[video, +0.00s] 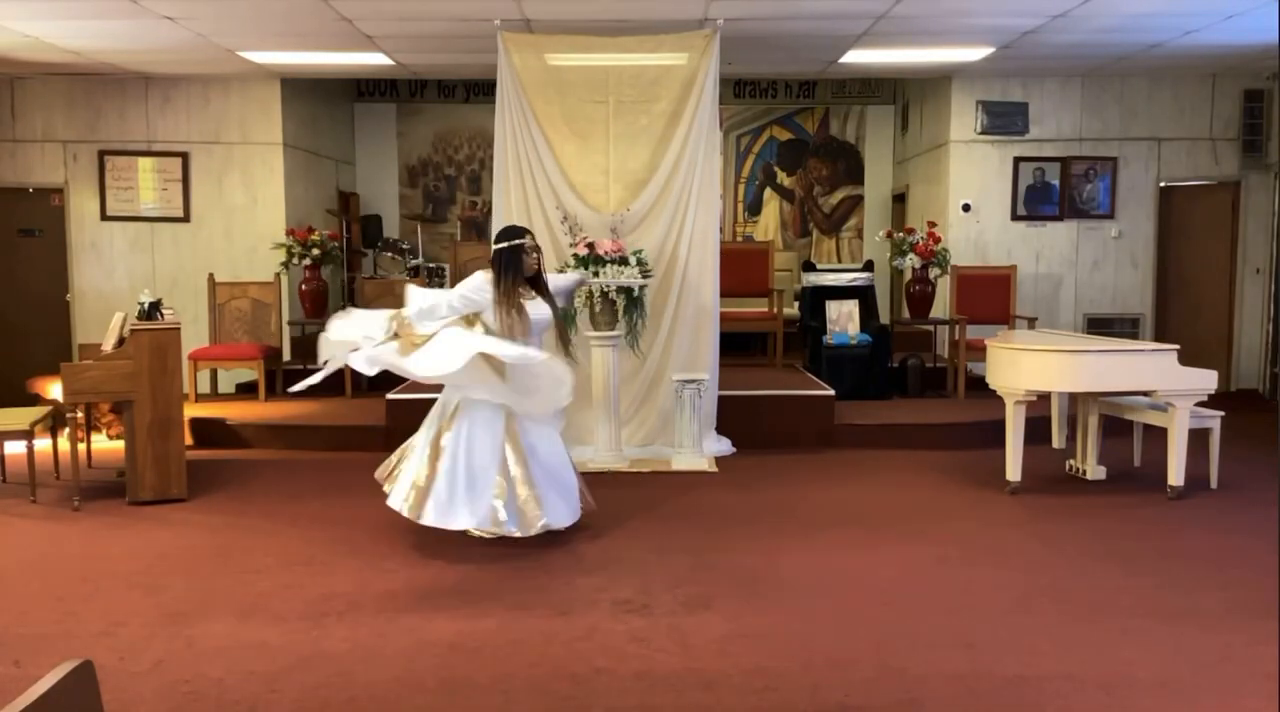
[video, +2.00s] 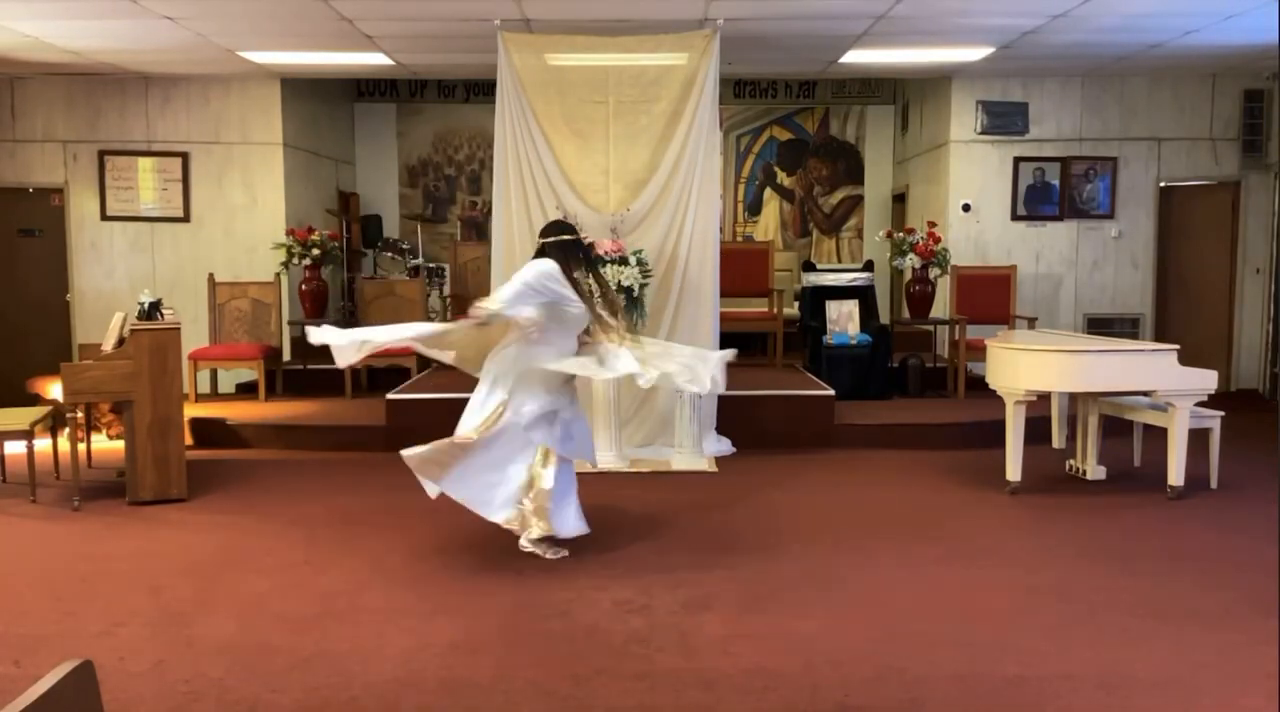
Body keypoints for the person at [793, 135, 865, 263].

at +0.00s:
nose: (817, 176)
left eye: (823, 169)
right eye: (813, 170)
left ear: (839, 166)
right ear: (808, 172)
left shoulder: (854, 193)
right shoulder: (818, 194)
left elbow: (828, 227)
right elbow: (799, 233)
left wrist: (808, 197)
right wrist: (799, 197)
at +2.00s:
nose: (817, 176)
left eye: (823, 169)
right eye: (813, 170)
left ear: (839, 166)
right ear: (808, 172)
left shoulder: (854, 193)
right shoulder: (818, 194)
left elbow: (828, 227)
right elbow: (800, 233)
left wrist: (808, 196)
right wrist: (799, 197)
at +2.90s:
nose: (815, 176)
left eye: (820, 170)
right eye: (812, 171)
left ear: (840, 166)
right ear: (808, 173)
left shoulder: (854, 193)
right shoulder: (820, 195)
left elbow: (828, 227)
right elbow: (799, 233)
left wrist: (808, 196)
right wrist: (798, 197)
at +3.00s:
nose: (815, 176)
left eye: (820, 170)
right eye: (812, 171)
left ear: (840, 166)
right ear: (808, 173)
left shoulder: (854, 193)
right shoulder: (820, 195)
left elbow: (828, 227)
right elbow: (799, 232)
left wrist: (808, 197)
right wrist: (799, 197)